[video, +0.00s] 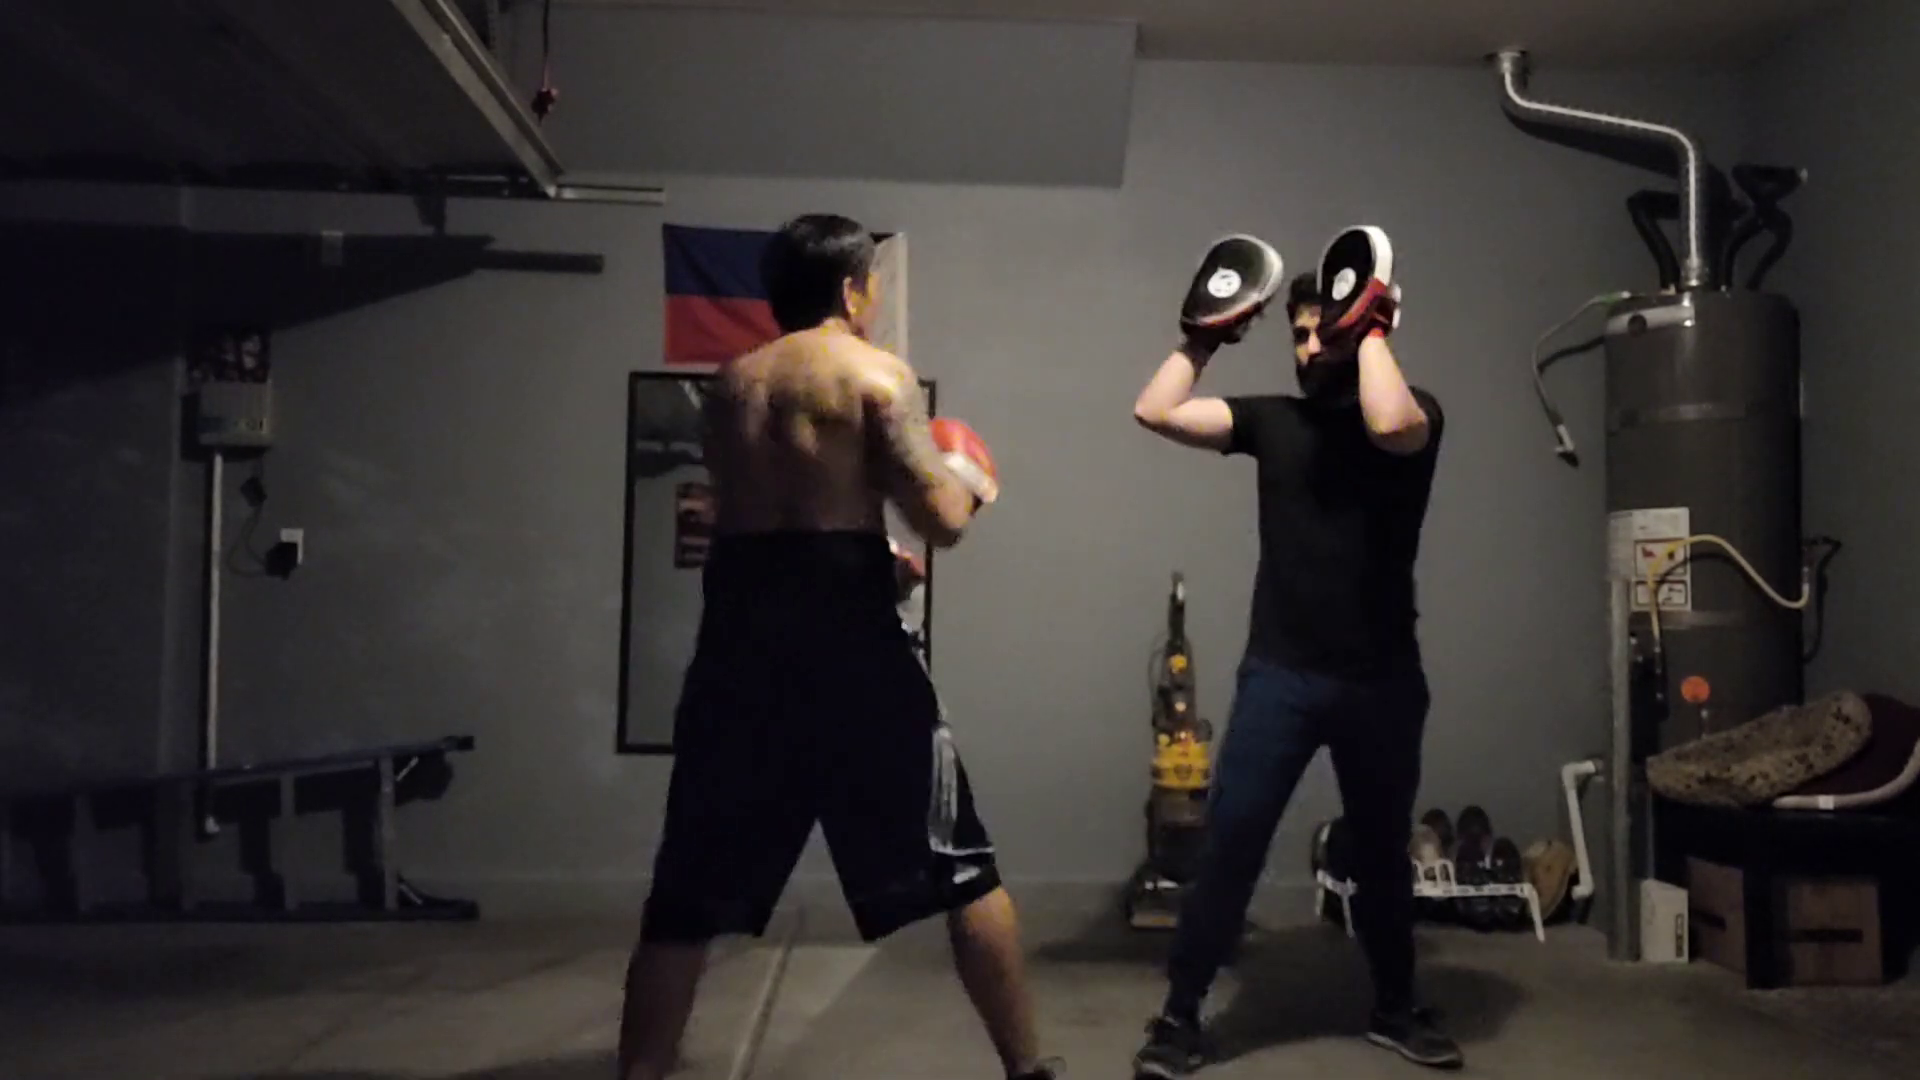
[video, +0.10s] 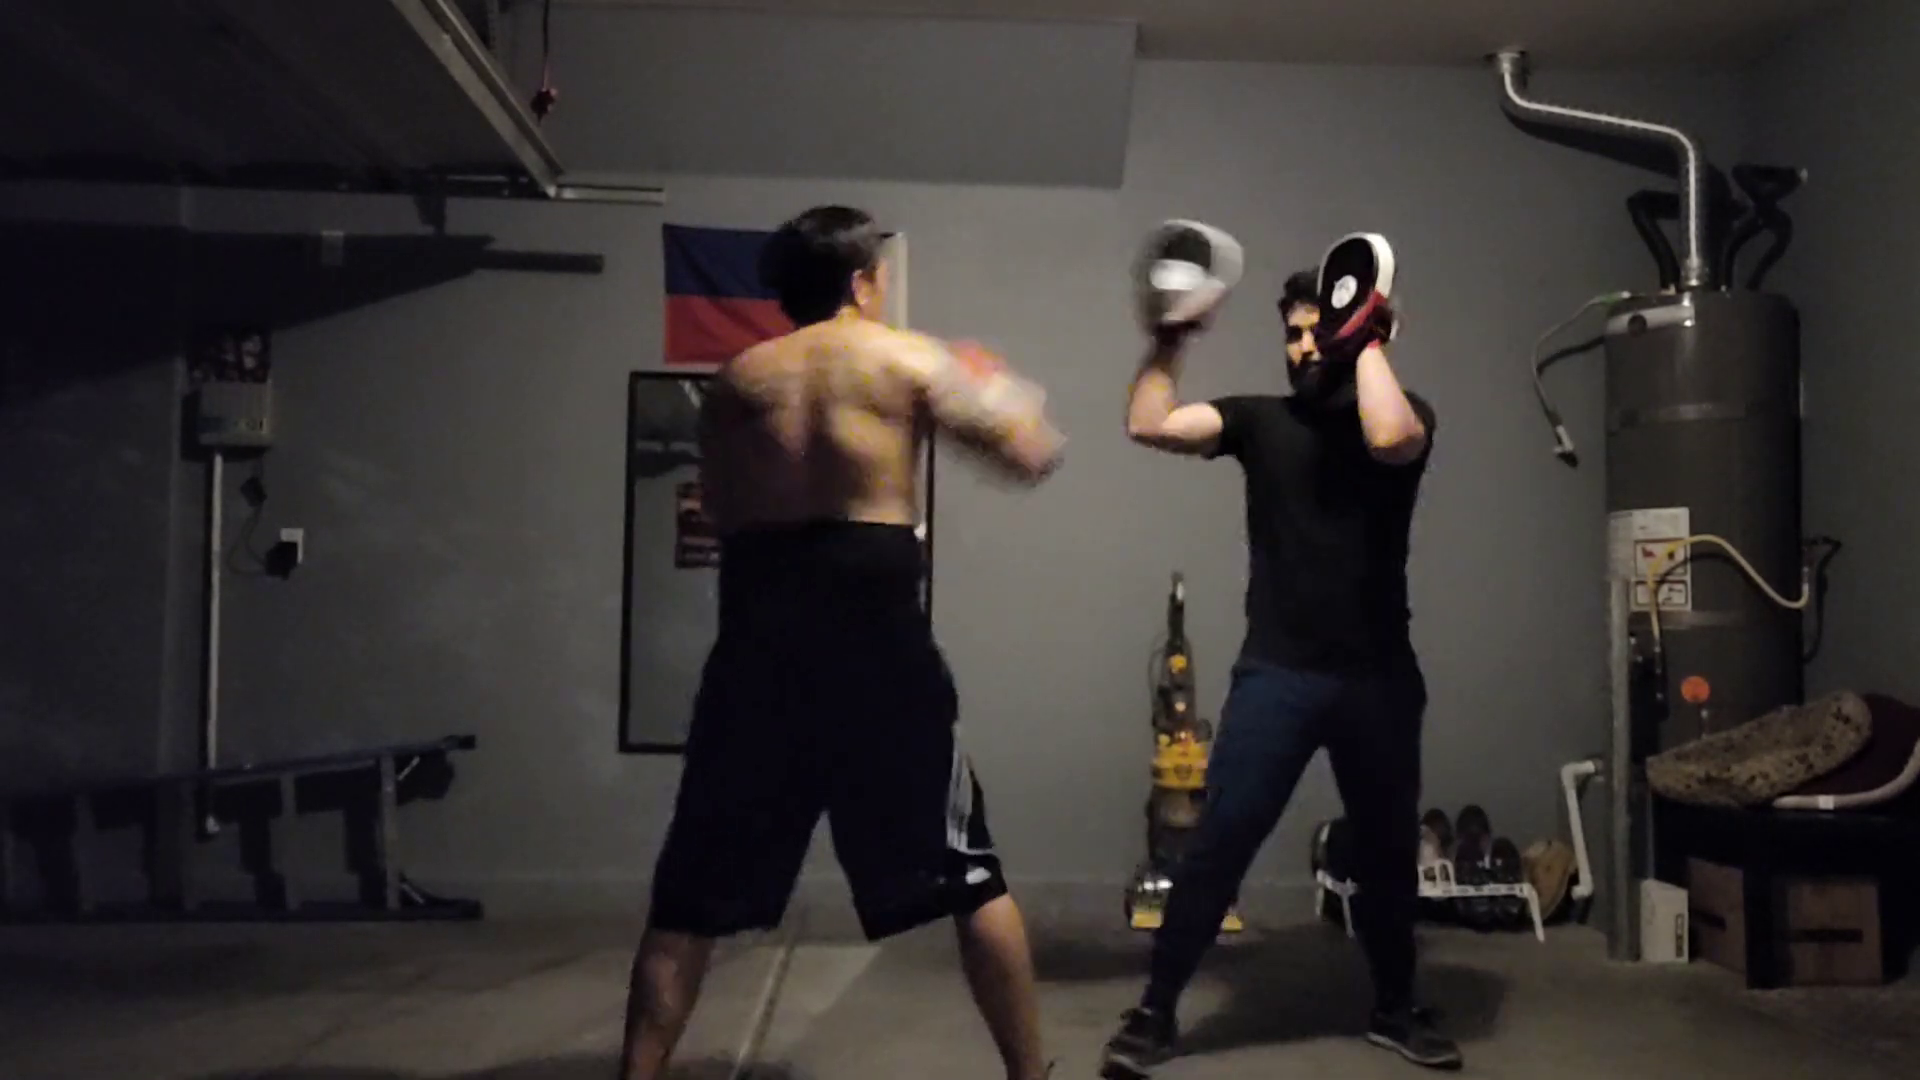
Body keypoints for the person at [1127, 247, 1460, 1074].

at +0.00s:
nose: (1317, 345)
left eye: (1333, 330)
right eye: (1304, 332)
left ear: (1365, 335)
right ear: (1290, 340)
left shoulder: (1407, 412)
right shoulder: (1271, 416)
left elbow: (1391, 424)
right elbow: (1156, 411)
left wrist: (1371, 332)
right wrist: (1204, 335)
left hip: (1380, 676)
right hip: (1281, 670)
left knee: (1383, 855)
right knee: (1230, 842)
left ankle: (1396, 1011)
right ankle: (1180, 1016)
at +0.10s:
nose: (1305, 345)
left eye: (1319, 330)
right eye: (1295, 332)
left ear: (1356, 335)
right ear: (1282, 341)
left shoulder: (1400, 413)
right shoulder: (1260, 418)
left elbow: (1390, 436)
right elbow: (1149, 423)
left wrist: (1366, 338)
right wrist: (1169, 336)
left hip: (1377, 675)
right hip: (1278, 670)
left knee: (1389, 853)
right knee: (1222, 837)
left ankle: (1396, 1009)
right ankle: (1155, 1011)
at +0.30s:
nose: (1255, 354)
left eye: (1271, 339)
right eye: (1247, 341)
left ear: (1308, 341)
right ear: (1237, 346)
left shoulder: (1351, 415)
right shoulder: (1218, 422)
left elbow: (1307, 440)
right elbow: (1112, 426)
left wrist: (1299, 344)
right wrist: (1106, 351)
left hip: (1336, 679)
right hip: (1241, 676)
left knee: (1360, 847)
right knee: (1191, 836)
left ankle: (1396, 1006)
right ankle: (1143, 1013)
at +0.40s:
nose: (1237, 343)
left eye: (1253, 330)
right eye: (1228, 332)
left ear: (1296, 336)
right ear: (1218, 341)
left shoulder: (1327, 411)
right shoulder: (1207, 425)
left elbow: (1249, 426)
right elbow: (1100, 443)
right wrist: (1103, 363)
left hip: (1312, 678)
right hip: (1217, 678)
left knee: (1354, 847)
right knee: (1170, 842)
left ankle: (1395, 1008)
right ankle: (1143, 1014)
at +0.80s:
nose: (1219, 359)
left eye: (1234, 342)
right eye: (1210, 347)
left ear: (1280, 342)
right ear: (1203, 355)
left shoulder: (1318, 410)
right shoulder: (1202, 434)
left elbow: (1277, 430)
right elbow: (1116, 455)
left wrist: (1201, 358)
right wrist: (1108, 376)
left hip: (1316, 680)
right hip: (1218, 680)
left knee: (1356, 846)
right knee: (1166, 843)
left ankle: (1398, 1005)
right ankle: (1140, 1010)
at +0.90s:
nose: (1256, 346)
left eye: (1271, 330)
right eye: (1245, 333)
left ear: (1303, 338)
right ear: (1233, 348)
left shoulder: (1347, 416)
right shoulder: (1217, 435)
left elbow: (1335, 442)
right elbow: (1111, 448)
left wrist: (1283, 354)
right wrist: (1133, 373)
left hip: (1332, 682)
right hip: (1234, 683)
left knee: (1362, 848)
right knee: (1179, 830)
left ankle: (1398, 1007)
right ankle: (1144, 1010)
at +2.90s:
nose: (1266, 357)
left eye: (1283, 344)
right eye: (1257, 344)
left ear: (1323, 348)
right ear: (1246, 349)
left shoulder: (1357, 422)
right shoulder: (1218, 425)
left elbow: (1368, 481)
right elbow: (1128, 452)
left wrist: (1345, 381)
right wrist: (1094, 381)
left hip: (1338, 679)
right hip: (1238, 677)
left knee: (1370, 852)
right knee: (1189, 842)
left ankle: (1402, 1008)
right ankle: (1140, 1015)